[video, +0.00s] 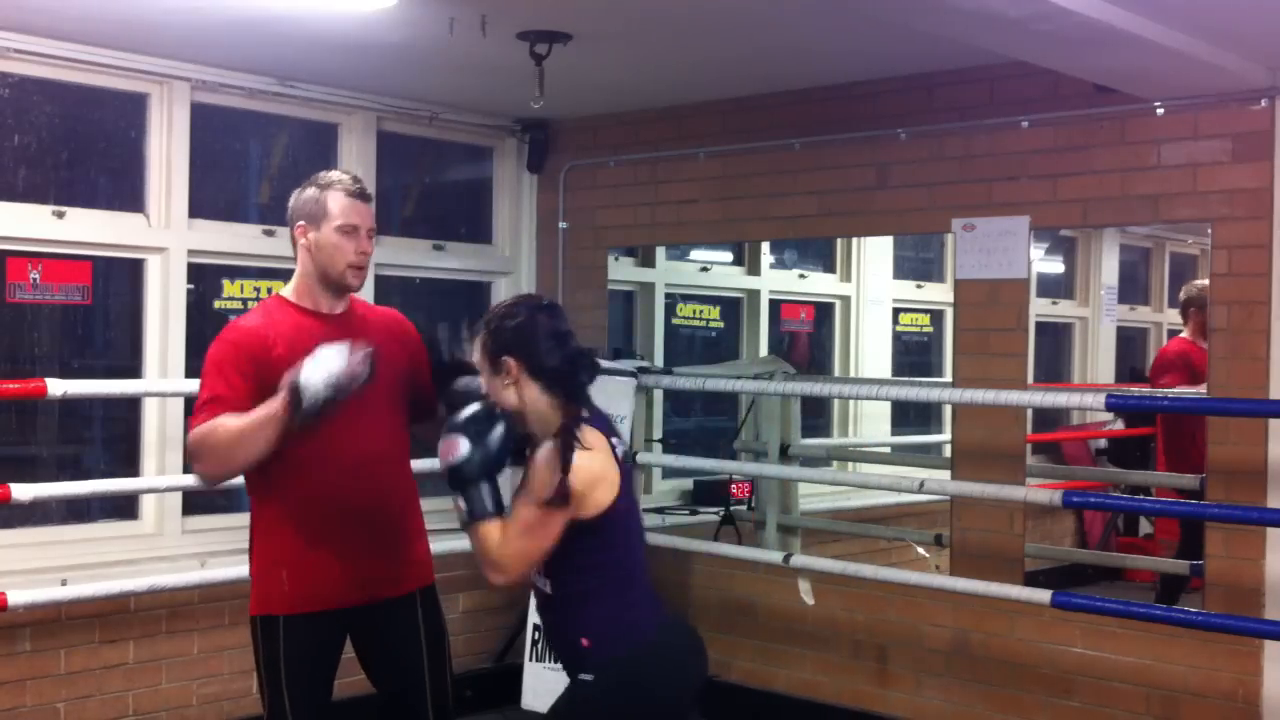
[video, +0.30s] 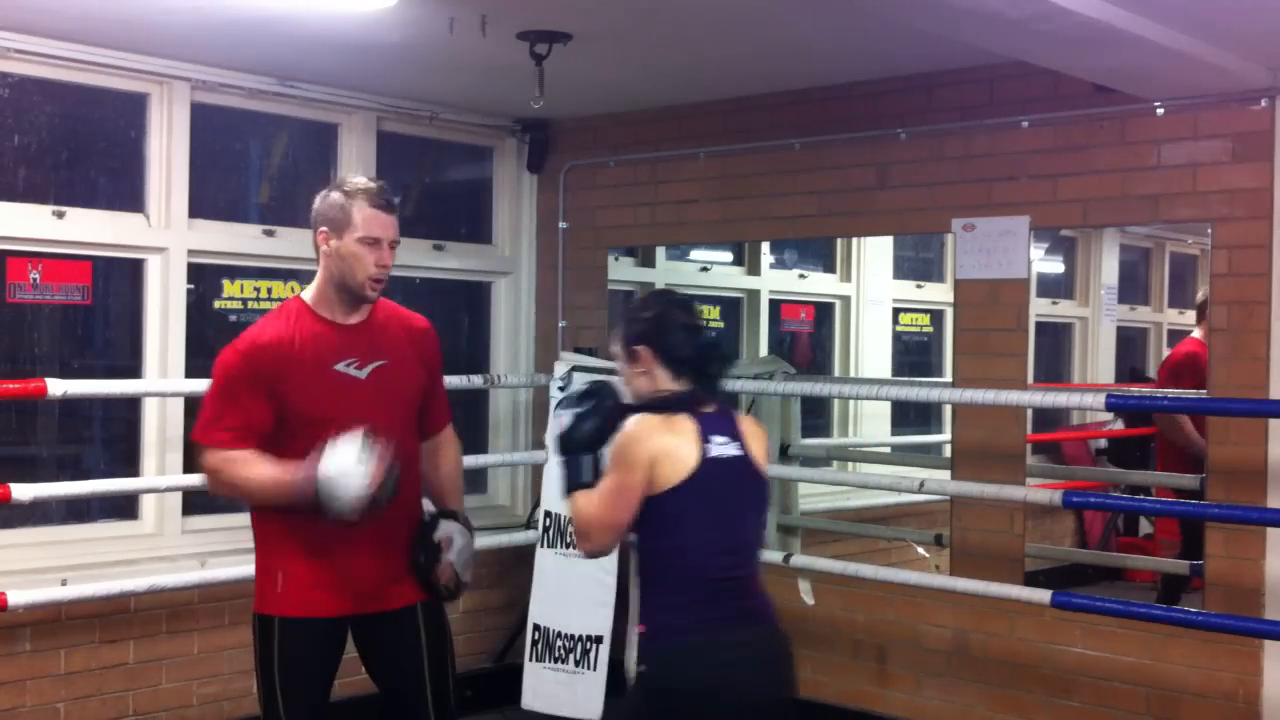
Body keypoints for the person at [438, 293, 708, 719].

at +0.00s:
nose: (482, 389)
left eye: (483, 373)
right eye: (479, 374)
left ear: (511, 371)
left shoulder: (566, 456)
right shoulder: (586, 427)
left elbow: (502, 566)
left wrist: (475, 479)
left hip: (620, 679)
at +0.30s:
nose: (622, 376)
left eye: (622, 363)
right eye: (618, 364)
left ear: (643, 359)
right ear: (694, 353)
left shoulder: (644, 431)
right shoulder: (750, 430)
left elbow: (592, 538)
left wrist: (577, 454)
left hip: (680, 660)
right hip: (759, 651)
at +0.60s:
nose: (663, 364)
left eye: (664, 351)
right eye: (662, 351)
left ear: (691, 349)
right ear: (740, 346)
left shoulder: (686, 422)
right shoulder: (790, 424)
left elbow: (627, 522)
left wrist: (618, 438)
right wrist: (676, 414)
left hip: (711, 660)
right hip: (793, 651)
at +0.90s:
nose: (574, 380)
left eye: (581, 367)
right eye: (575, 367)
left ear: (616, 377)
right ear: (656, 374)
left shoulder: (599, 458)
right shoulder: (707, 446)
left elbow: (529, 559)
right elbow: (792, 492)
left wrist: (509, 480)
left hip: (650, 683)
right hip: (728, 672)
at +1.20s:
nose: (517, 378)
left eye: (519, 363)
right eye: (515, 364)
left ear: (548, 368)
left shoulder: (607, 450)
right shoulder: (578, 439)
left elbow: (531, 554)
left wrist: (494, 488)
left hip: (646, 679)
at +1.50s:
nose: (591, 376)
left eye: (593, 364)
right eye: (589, 365)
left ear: (618, 360)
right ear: (667, 353)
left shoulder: (611, 425)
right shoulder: (720, 427)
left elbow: (563, 533)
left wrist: (545, 457)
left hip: (657, 652)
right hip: (741, 644)